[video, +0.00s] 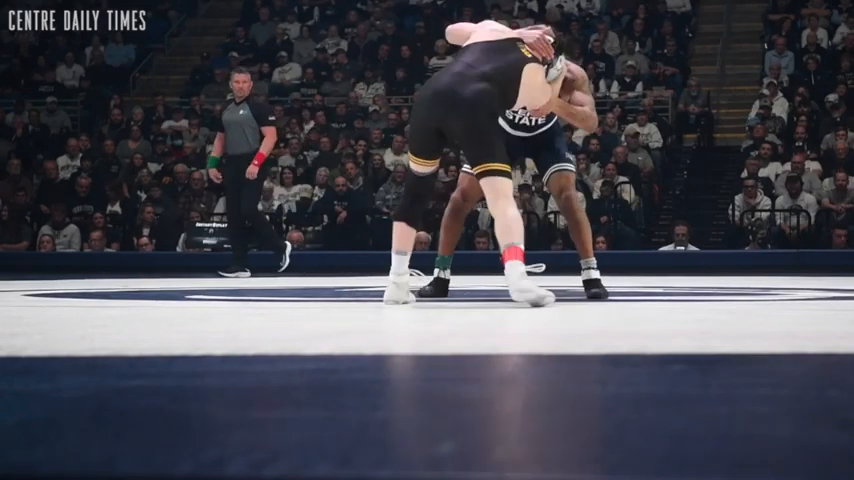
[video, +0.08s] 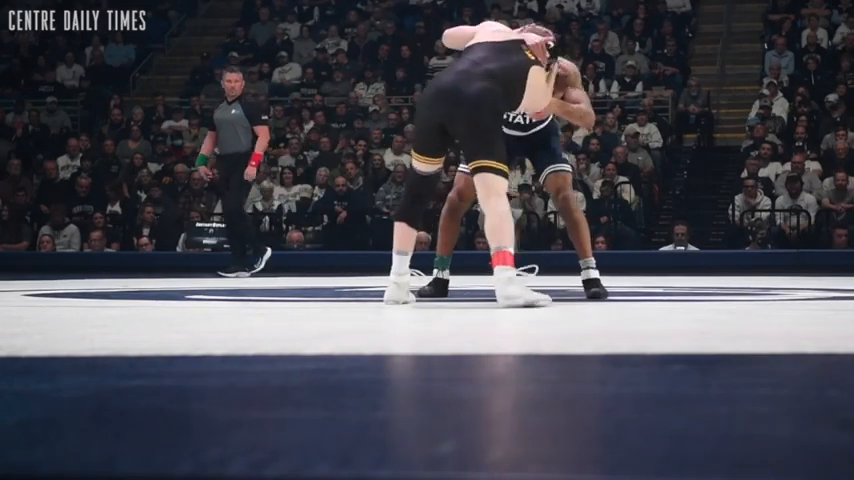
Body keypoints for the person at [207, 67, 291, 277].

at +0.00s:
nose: (240, 86)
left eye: (244, 82)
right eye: (237, 82)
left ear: (251, 85)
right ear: (230, 85)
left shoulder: (258, 106)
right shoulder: (226, 109)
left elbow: (271, 136)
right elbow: (220, 137)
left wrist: (256, 163)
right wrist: (212, 163)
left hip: (252, 163)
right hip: (231, 163)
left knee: (248, 211)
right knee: (234, 215)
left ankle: (281, 247)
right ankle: (240, 265)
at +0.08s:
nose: (232, 85)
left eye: (236, 81)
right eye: (228, 81)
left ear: (243, 83)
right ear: (222, 84)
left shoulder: (250, 105)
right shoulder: (218, 110)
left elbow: (263, 135)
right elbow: (211, 138)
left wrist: (254, 163)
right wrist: (202, 161)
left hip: (244, 161)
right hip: (225, 163)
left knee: (233, 207)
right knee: (230, 210)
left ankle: (259, 249)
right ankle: (240, 263)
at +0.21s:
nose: (219, 85)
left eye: (223, 81)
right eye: (215, 81)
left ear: (230, 83)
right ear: (209, 84)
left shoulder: (239, 106)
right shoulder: (206, 111)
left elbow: (252, 136)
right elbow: (197, 138)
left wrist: (248, 166)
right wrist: (185, 160)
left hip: (232, 163)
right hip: (214, 164)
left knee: (218, 209)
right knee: (226, 212)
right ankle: (239, 263)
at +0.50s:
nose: (191, 85)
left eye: (195, 81)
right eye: (188, 81)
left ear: (202, 82)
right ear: (182, 83)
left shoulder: (210, 106)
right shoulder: (176, 109)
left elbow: (223, 138)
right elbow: (167, 136)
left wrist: (220, 169)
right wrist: (160, 160)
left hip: (202, 164)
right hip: (183, 165)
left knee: (194, 212)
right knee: (191, 214)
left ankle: (190, 265)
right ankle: (227, 253)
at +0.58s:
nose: (184, 84)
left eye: (188, 79)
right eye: (180, 79)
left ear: (194, 81)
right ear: (173, 82)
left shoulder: (201, 104)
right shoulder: (167, 107)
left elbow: (213, 137)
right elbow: (159, 134)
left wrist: (206, 166)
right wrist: (151, 158)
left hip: (192, 162)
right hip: (172, 163)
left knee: (186, 212)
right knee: (173, 213)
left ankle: (189, 265)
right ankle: (212, 246)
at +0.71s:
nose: (171, 81)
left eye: (175, 77)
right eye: (166, 77)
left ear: (181, 79)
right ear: (160, 80)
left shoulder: (187, 102)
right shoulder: (155, 106)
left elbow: (196, 134)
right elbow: (148, 133)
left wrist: (181, 161)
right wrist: (140, 160)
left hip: (181, 161)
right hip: (160, 162)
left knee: (180, 210)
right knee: (151, 207)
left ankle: (187, 262)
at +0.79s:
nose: (161, 81)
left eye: (165, 77)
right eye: (157, 77)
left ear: (171, 79)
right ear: (150, 79)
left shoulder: (179, 102)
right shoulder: (145, 105)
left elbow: (186, 134)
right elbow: (139, 134)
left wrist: (166, 158)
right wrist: (132, 161)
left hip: (176, 163)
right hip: (150, 164)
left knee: (177, 211)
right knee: (137, 207)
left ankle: (188, 264)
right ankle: (142, 262)